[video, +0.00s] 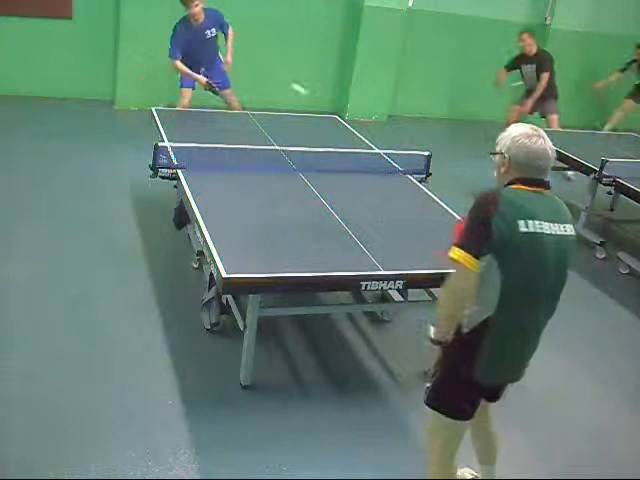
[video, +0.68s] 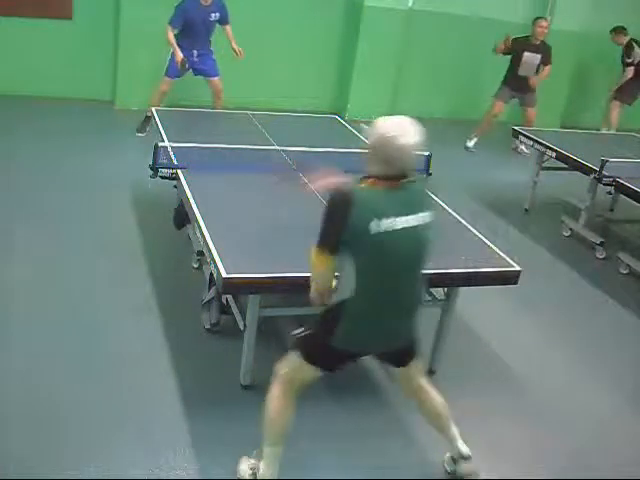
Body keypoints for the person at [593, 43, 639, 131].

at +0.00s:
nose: (637, 57)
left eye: (638, 54)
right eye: (636, 54)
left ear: (638, 54)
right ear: (635, 54)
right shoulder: (634, 62)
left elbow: (619, 74)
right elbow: (618, 74)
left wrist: (602, 84)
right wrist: (602, 84)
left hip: (637, 87)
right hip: (638, 86)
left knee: (626, 106)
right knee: (625, 106)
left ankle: (607, 128)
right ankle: (607, 128)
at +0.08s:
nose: (632, 59)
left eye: (634, 56)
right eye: (629, 56)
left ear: (638, 56)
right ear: (627, 57)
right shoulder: (626, 66)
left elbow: (609, 76)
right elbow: (609, 76)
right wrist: (590, 86)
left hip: (636, 89)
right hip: (634, 89)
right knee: (619, 103)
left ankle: (601, 127)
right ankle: (601, 128)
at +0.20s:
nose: (617, 62)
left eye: (618, 59)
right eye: (614, 60)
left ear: (625, 57)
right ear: (613, 61)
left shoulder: (635, 65)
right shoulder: (614, 69)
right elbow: (600, 80)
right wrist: (584, 91)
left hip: (636, 90)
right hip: (623, 88)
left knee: (636, 119)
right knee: (611, 99)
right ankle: (602, 125)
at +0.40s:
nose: (615, 52)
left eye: (617, 49)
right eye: (613, 50)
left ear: (622, 48)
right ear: (609, 51)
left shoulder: (632, 58)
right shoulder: (610, 61)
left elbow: (638, 76)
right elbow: (602, 78)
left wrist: (628, 84)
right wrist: (594, 93)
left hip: (633, 82)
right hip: (620, 81)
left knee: (618, 105)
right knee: (608, 98)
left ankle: (624, 130)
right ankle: (601, 126)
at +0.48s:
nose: (614, 50)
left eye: (615, 47)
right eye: (612, 48)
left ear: (621, 44)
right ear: (610, 47)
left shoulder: (634, 52)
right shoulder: (612, 56)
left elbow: (638, 73)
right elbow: (611, 73)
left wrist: (623, 82)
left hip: (635, 80)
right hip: (621, 80)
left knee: (616, 101)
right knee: (607, 98)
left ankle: (616, 130)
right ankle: (600, 128)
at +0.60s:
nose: (613, 44)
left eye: (613, 41)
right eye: (612, 42)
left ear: (618, 37)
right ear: (617, 38)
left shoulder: (632, 49)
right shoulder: (622, 49)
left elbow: (632, 74)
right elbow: (621, 72)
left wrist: (615, 87)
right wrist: (615, 88)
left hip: (634, 81)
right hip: (626, 79)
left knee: (615, 103)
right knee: (609, 102)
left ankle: (614, 131)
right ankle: (602, 128)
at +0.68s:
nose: (613, 40)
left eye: (614, 37)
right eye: (612, 37)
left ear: (620, 35)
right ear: (622, 35)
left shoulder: (630, 48)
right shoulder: (629, 45)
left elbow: (629, 72)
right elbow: (627, 72)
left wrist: (616, 88)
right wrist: (617, 87)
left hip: (636, 78)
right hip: (634, 77)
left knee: (615, 102)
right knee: (614, 101)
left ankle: (612, 131)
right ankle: (606, 129)